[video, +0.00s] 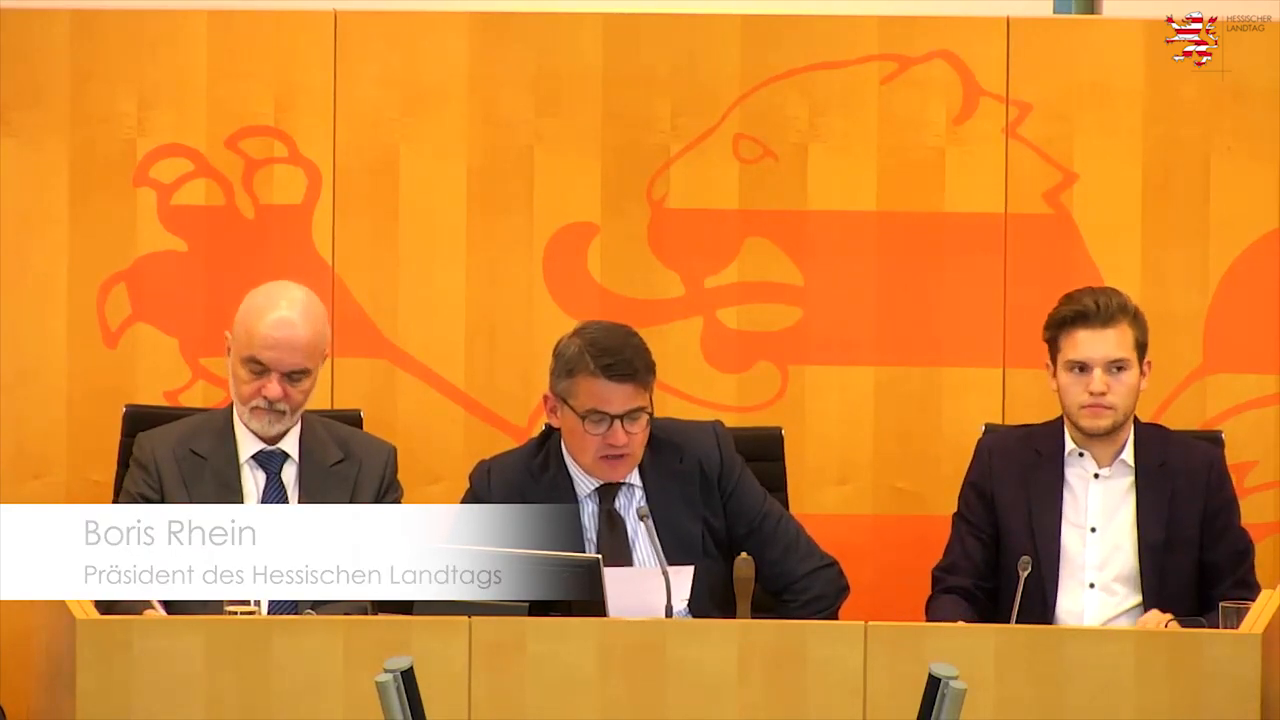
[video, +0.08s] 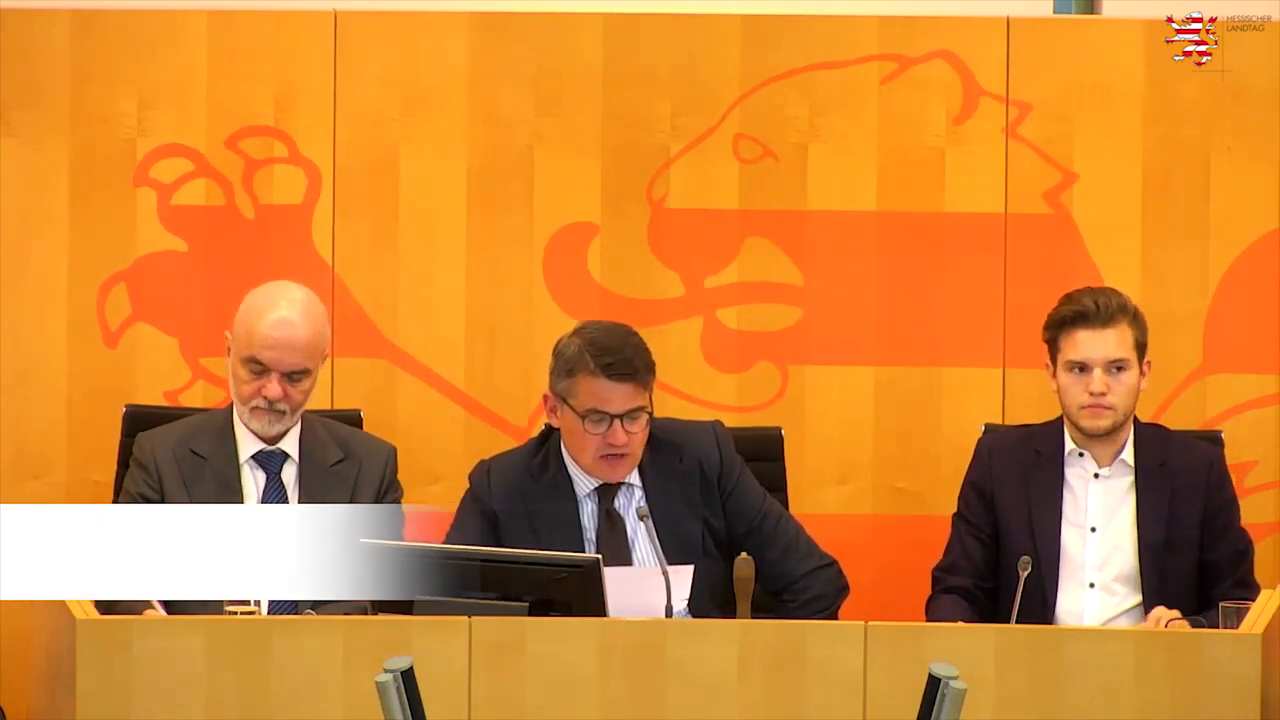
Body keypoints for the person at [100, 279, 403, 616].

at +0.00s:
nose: (273, 392)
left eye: (296, 376)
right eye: (256, 369)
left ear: (322, 364)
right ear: (229, 351)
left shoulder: (372, 464)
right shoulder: (159, 455)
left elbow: (394, 593)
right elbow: (118, 576)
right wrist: (144, 618)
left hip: (328, 667)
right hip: (196, 662)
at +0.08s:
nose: (273, 392)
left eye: (296, 376)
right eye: (256, 369)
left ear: (322, 363)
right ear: (229, 351)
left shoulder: (372, 464)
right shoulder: (159, 455)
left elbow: (390, 593)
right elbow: (119, 578)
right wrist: (147, 619)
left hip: (328, 667)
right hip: (196, 662)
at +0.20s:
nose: (273, 392)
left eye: (296, 376)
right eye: (256, 369)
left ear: (323, 361)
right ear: (229, 349)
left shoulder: (373, 464)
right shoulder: (159, 455)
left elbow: (390, 594)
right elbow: (118, 579)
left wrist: (313, 629)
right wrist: (145, 617)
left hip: (330, 671)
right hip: (197, 666)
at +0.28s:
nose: (273, 392)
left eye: (296, 376)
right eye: (256, 369)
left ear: (322, 362)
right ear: (228, 349)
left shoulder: (372, 464)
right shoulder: (160, 456)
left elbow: (391, 594)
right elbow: (123, 581)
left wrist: (312, 628)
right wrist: (150, 621)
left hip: (331, 676)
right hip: (199, 671)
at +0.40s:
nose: (274, 392)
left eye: (296, 376)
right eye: (257, 369)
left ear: (322, 362)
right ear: (229, 349)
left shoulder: (372, 464)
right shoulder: (160, 456)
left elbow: (391, 594)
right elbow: (125, 577)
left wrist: (315, 629)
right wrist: (147, 621)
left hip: (331, 676)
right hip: (198, 671)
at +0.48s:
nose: (274, 392)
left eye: (296, 376)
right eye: (257, 369)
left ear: (322, 362)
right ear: (229, 349)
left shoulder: (372, 464)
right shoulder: (160, 456)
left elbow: (391, 594)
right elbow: (125, 578)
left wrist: (315, 629)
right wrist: (149, 622)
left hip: (331, 676)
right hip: (199, 671)